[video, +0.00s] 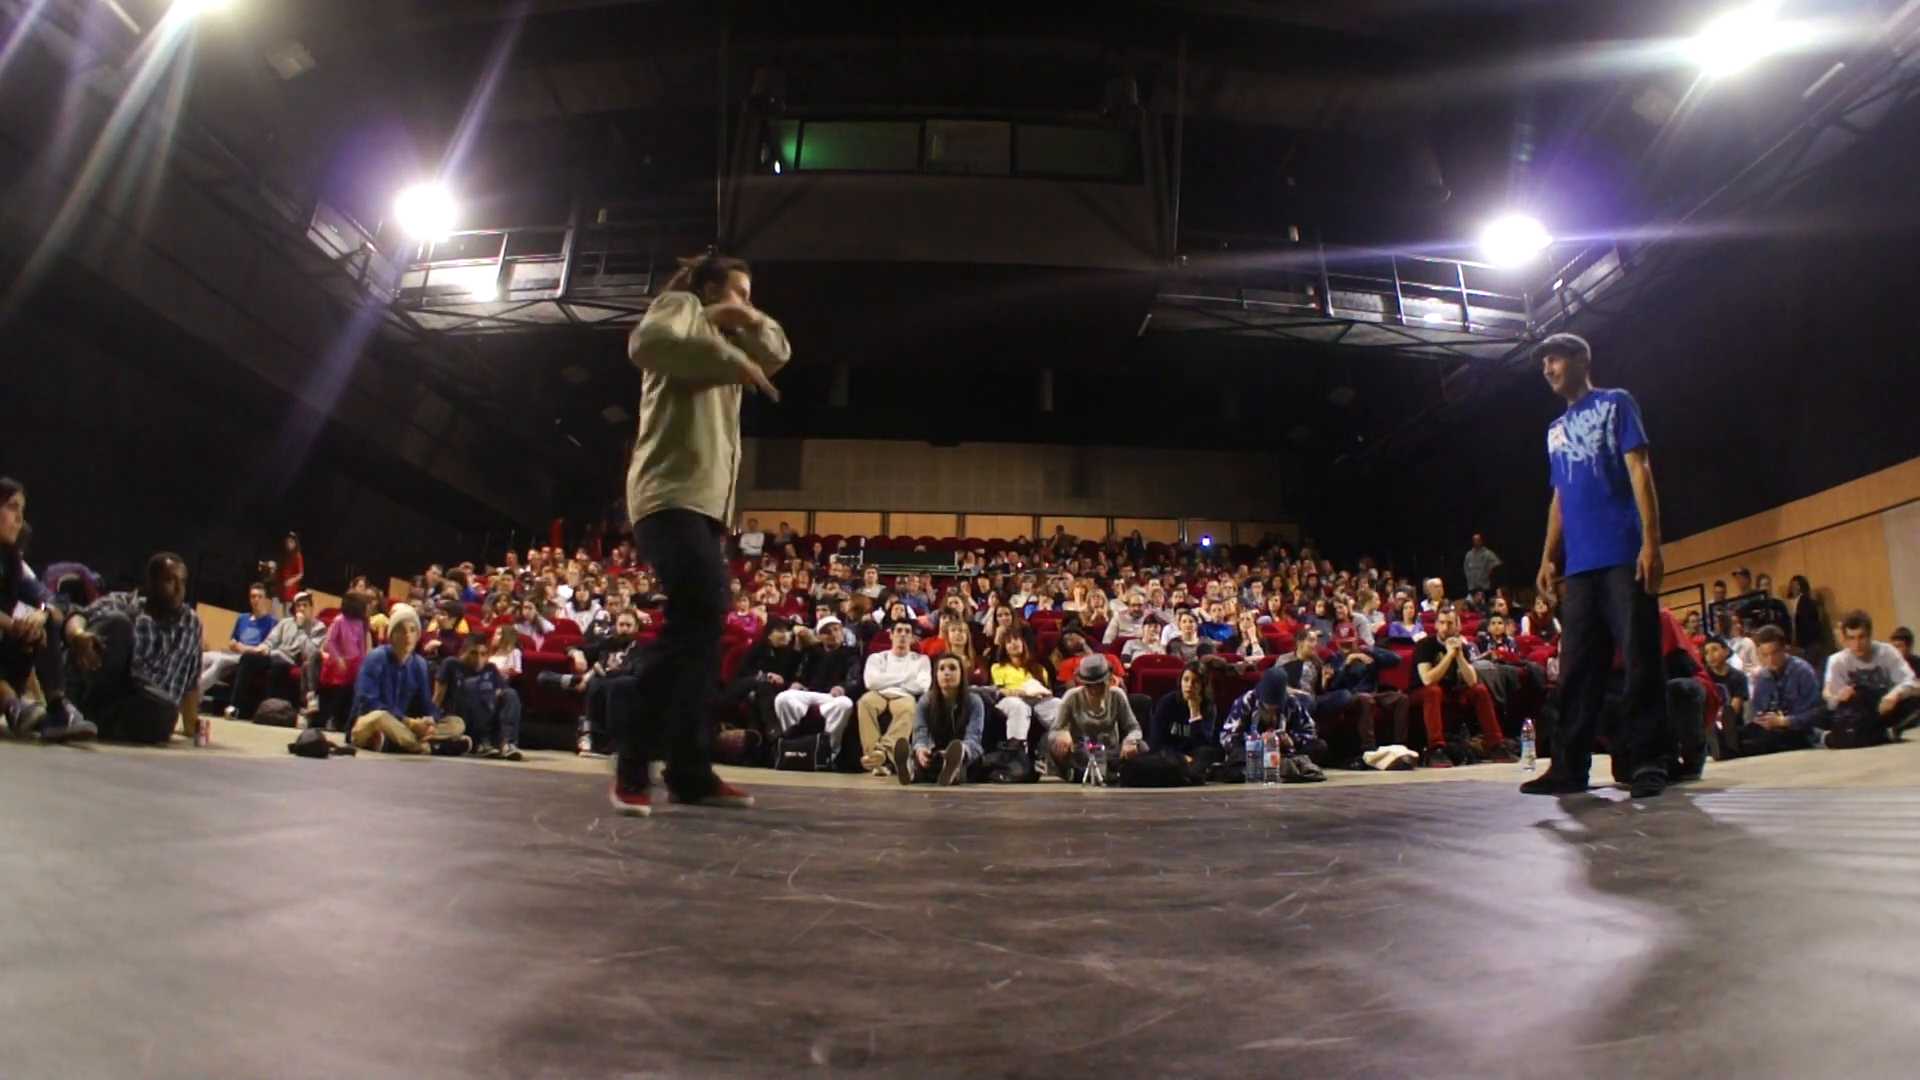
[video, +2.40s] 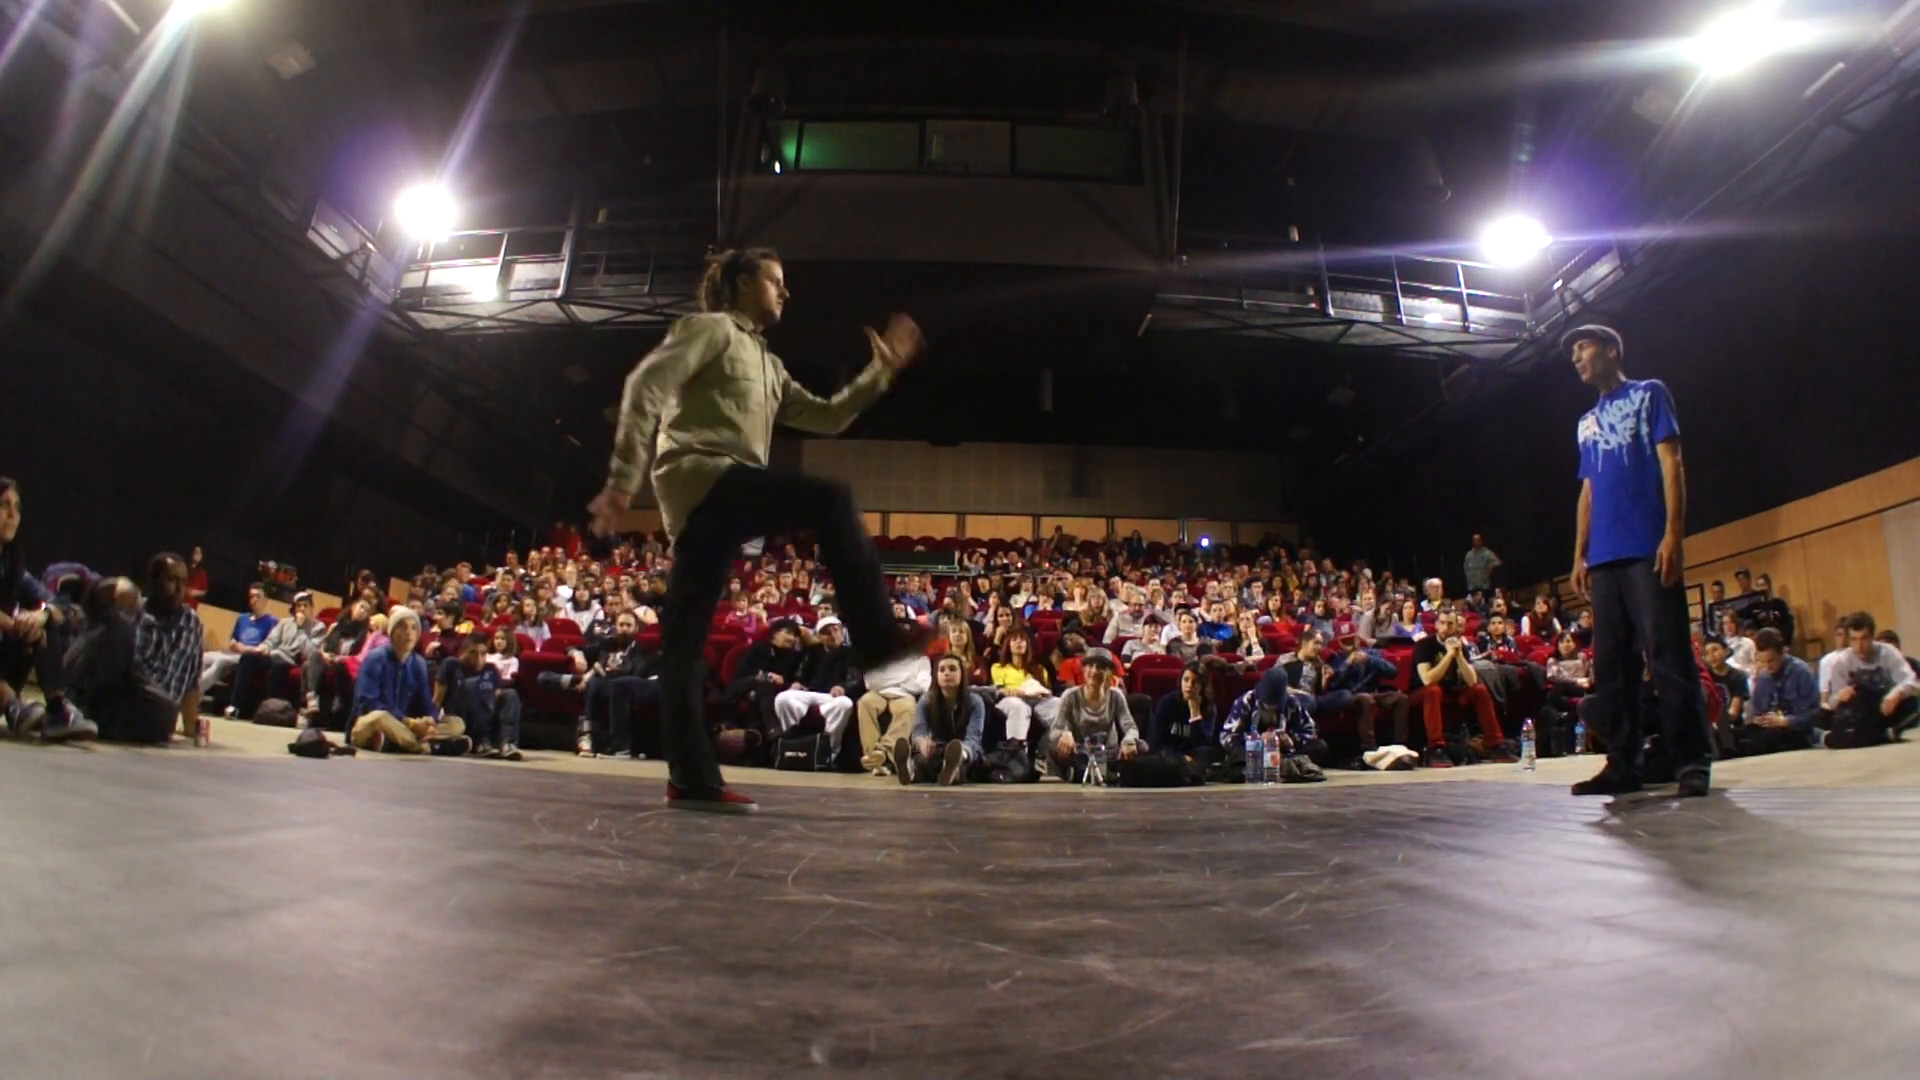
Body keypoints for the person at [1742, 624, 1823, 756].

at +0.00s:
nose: (1771, 660)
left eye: (1775, 653)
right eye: (1765, 655)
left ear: (1784, 650)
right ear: (1759, 656)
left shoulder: (1803, 671)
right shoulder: (1761, 676)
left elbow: (1817, 711)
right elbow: (1757, 709)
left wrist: (1783, 721)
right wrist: (1763, 720)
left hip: (1799, 731)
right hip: (1769, 731)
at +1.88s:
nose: (1769, 662)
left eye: (1773, 656)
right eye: (1764, 658)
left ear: (1784, 651)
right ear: (1760, 657)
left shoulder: (1801, 671)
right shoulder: (1762, 676)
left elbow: (1812, 713)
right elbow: (1756, 711)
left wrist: (1784, 721)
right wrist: (1759, 719)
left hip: (1798, 732)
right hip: (1767, 731)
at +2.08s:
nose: (1767, 666)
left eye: (1771, 660)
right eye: (1763, 661)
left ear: (1782, 653)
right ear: (1759, 659)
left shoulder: (1801, 672)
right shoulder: (1762, 676)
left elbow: (1812, 712)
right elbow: (1758, 711)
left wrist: (1784, 721)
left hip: (1798, 731)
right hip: (1769, 729)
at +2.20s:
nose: (1767, 666)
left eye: (1771, 661)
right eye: (1763, 662)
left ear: (1782, 653)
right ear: (1758, 658)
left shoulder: (1801, 672)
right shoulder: (1762, 676)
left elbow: (1812, 713)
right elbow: (1758, 711)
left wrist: (1784, 721)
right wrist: (1761, 720)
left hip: (1798, 731)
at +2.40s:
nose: (1767, 667)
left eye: (1771, 661)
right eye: (1763, 662)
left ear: (1783, 653)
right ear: (1758, 658)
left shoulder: (1801, 672)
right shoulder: (1763, 676)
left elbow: (1813, 713)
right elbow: (1758, 711)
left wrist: (1784, 721)